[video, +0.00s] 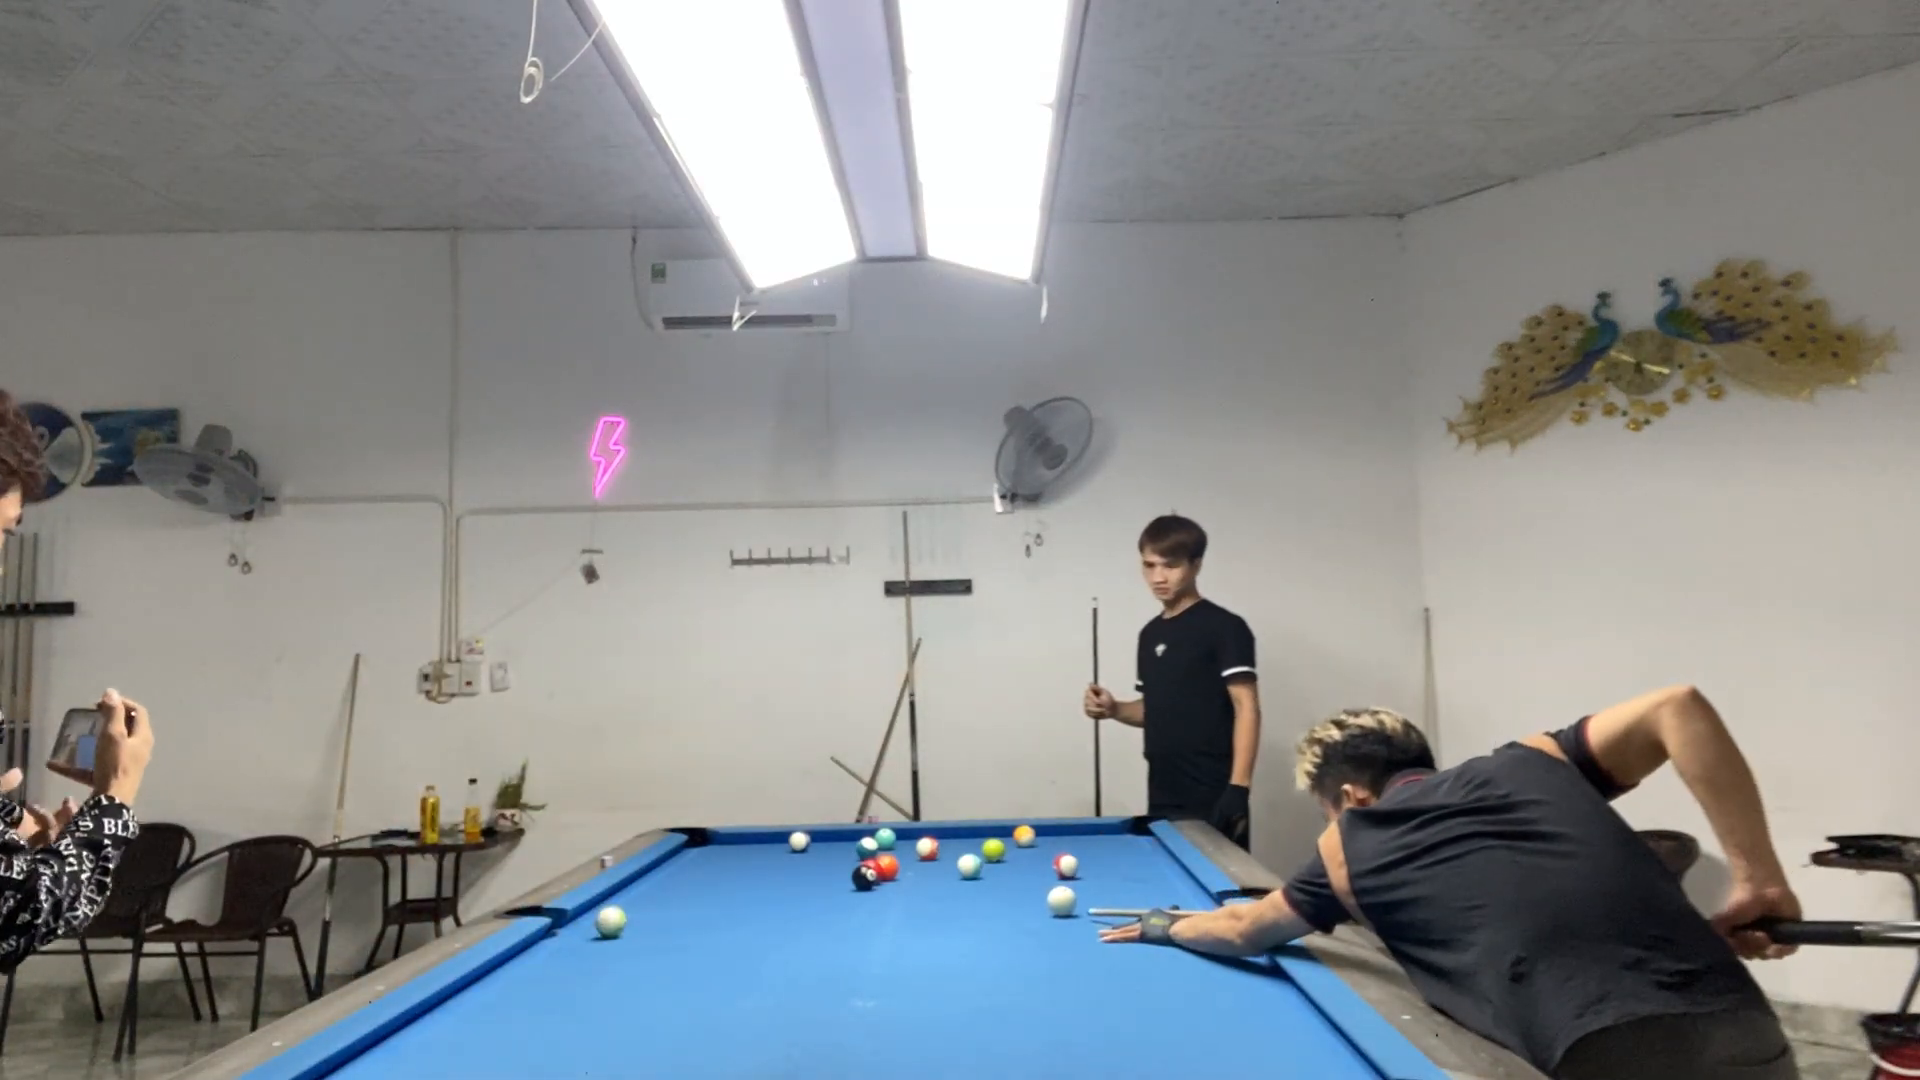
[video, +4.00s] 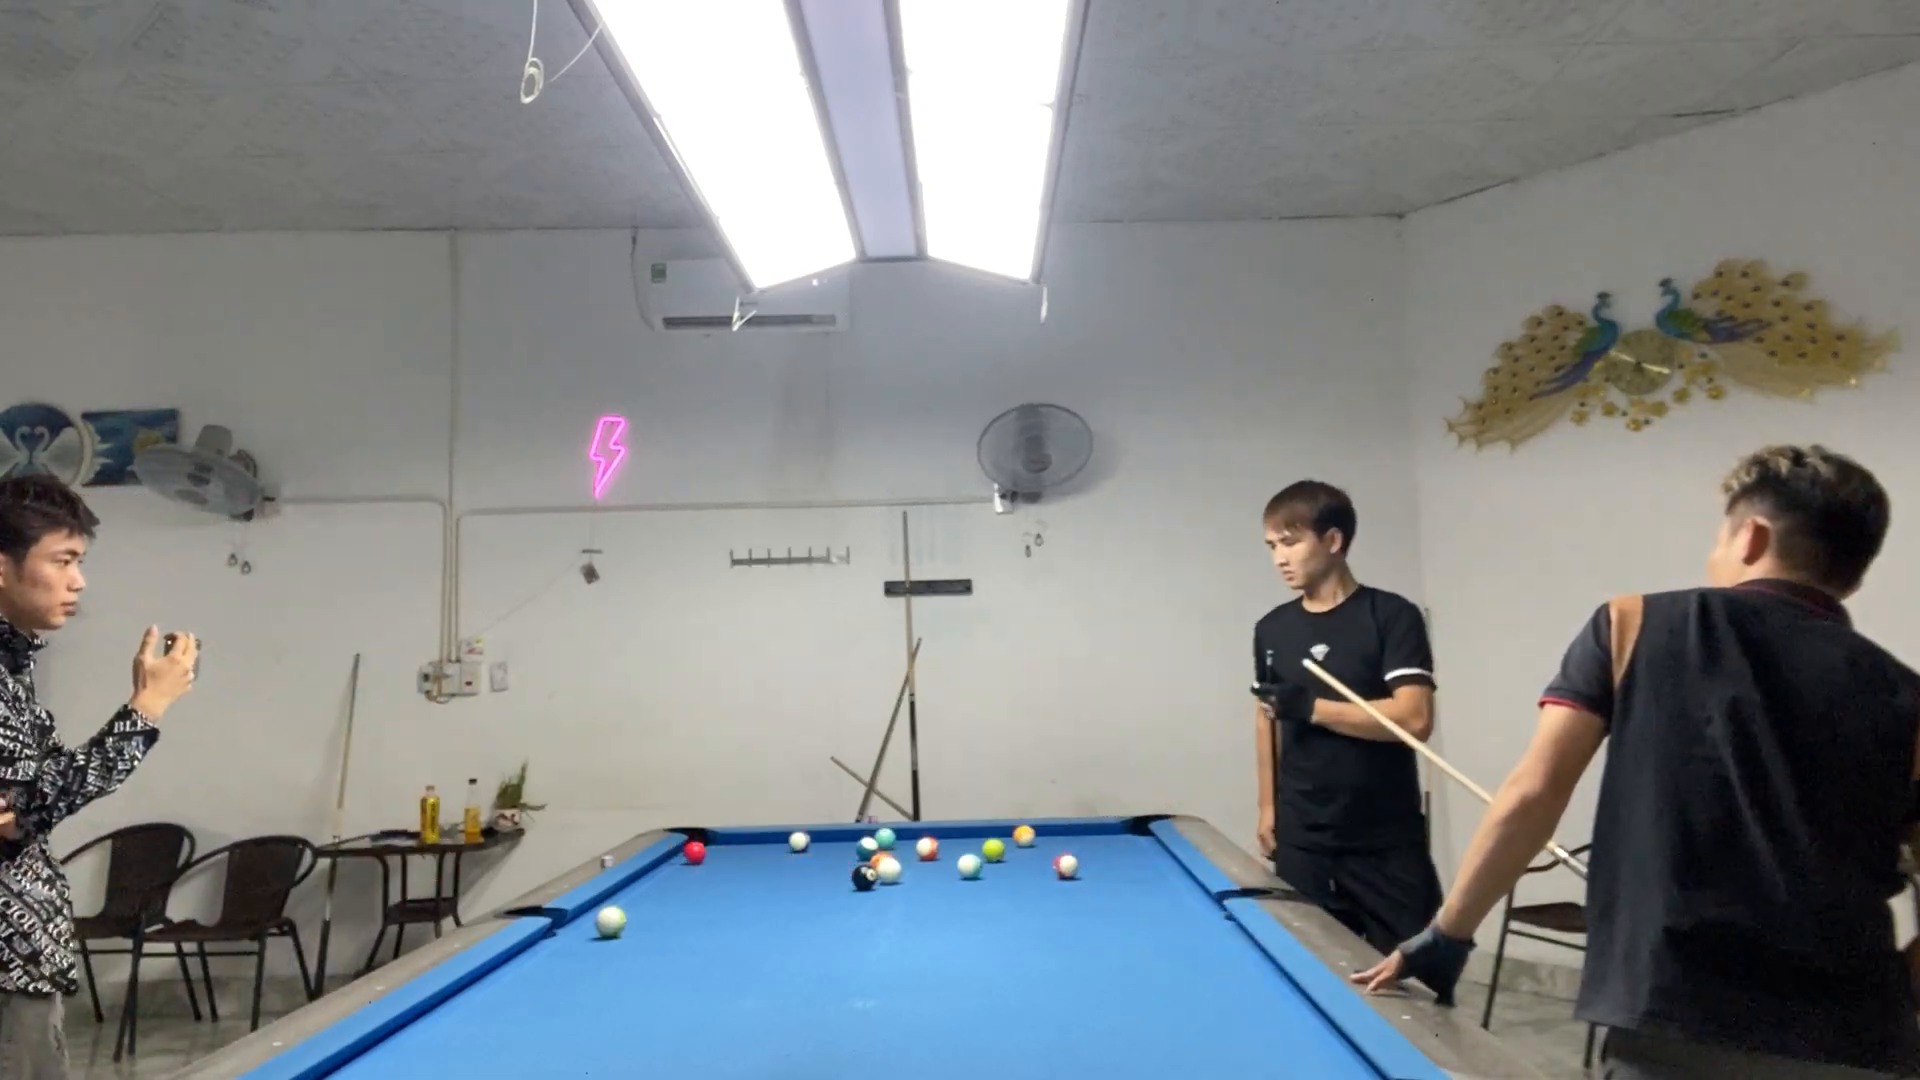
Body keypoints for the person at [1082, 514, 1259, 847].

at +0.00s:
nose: (1158, 577)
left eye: (1170, 566)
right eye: (1150, 566)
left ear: (1195, 566)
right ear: (1142, 567)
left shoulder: (1226, 629)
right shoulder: (1151, 635)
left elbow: (1247, 709)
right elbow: (1156, 712)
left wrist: (1239, 788)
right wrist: (1115, 708)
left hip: (1213, 796)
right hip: (1164, 795)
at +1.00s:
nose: (1164, 572)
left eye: (1177, 562)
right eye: (1157, 561)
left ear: (1203, 564)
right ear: (1149, 562)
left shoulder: (1230, 630)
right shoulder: (1156, 632)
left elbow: (1249, 713)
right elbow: (1159, 709)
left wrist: (1246, 794)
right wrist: (1117, 708)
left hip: (1214, 802)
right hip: (1165, 798)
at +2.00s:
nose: (1165, 573)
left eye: (1177, 562)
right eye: (1158, 562)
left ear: (1205, 563)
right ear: (1152, 563)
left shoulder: (1232, 631)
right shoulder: (1160, 633)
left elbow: (1250, 714)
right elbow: (1163, 710)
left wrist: (1249, 796)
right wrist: (1120, 707)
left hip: (1214, 801)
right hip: (1165, 798)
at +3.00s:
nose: (1209, 574)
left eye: (1223, 565)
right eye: (1202, 561)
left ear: (1249, 571)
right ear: (1194, 560)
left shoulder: (1275, 633)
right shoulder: (1174, 635)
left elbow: (1311, 711)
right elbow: (1167, 710)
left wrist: (1345, 794)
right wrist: (1148, 771)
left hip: (1266, 802)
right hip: (1204, 800)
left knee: (1279, 919)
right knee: (1209, 916)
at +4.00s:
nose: (1278, 558)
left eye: (1289, 542)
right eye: (1273, 545)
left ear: (1334, 541)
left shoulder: (1394, 616)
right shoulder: (1272, 630)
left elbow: (1415, 717)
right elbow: (1267, 720)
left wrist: (1315, 709)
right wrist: (1267, 806)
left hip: (1386, 836)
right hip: (1303, 837)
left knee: (1418, 979)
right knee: (1305, 973)